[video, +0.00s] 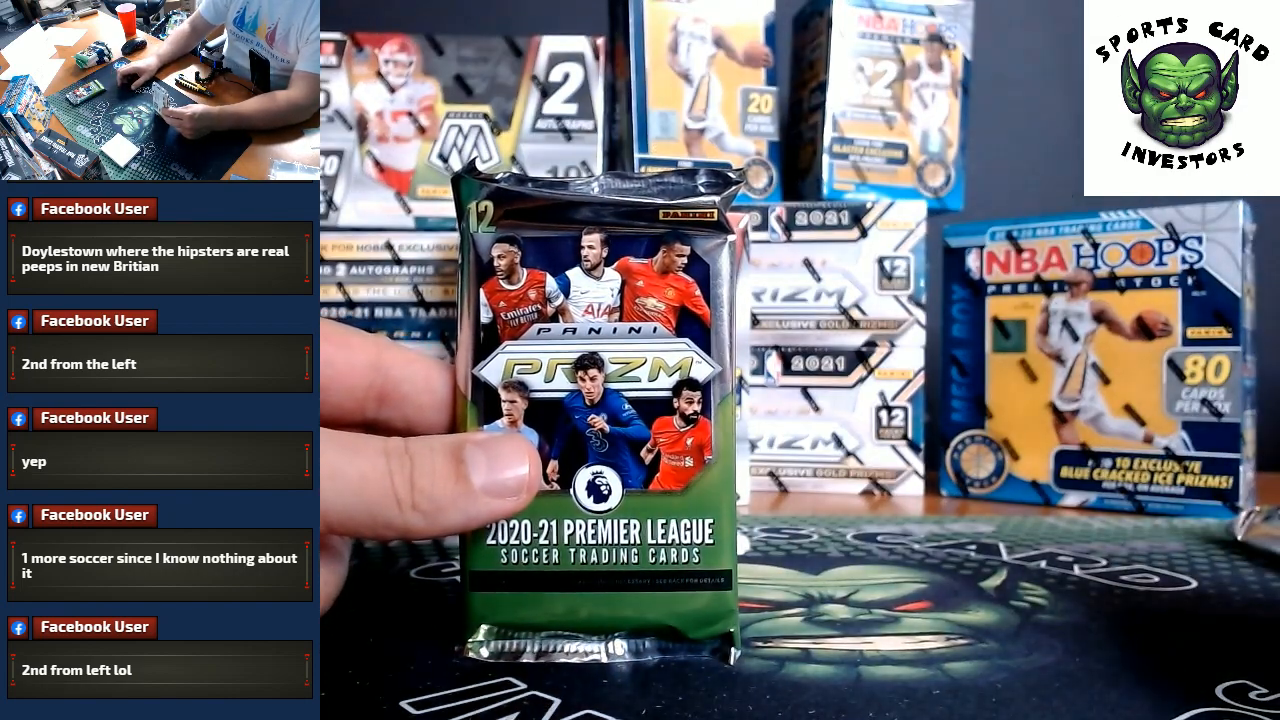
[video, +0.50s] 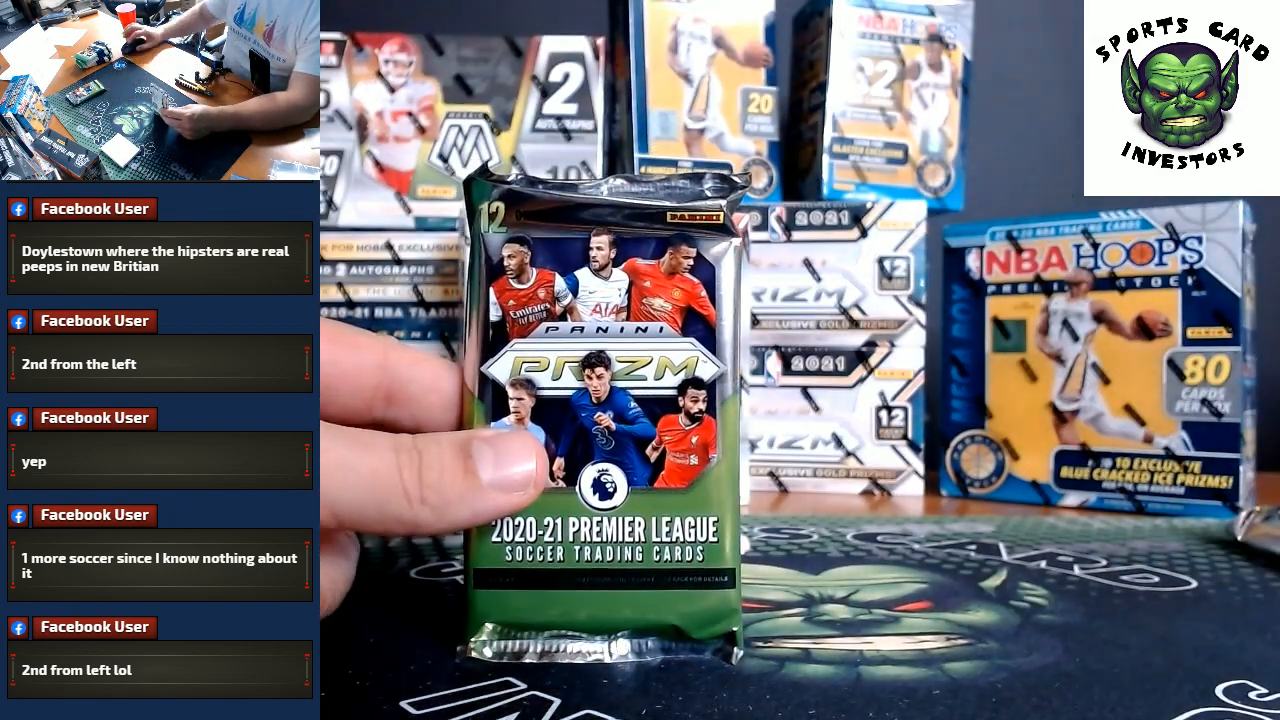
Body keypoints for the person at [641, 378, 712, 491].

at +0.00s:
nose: (696, 408)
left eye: (699, 402)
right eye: (689, 402)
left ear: (702, 402)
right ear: (676, 403)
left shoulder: (706, 429)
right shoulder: (660, 425)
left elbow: (712, 466)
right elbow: (650, 448)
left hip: (689, 494)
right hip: (659, 490)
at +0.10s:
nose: (695, 408)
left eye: (699, 402)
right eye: (689, 402)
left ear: (701, 402)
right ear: (675, 403)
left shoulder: (706, 429)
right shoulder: (660, 425)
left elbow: (711, 467)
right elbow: (649, 449)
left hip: (689, 494)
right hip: (659, 490)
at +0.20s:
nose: (695, 407)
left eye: (698, 401)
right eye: (688, 402)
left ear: (701, 401)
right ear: (674, 402)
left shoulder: (705, 428)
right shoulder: (659, 424)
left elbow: (711, 466)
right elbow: (649, 448)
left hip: (688, 494)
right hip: (658, 490)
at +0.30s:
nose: (696, 407)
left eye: (699, 401)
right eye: (689, 401)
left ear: (702, 401)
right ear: (676, 402)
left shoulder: (706, 427)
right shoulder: (660, 423)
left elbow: (712, 466)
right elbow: (650, 448)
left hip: (689, 494)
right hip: (659, 489)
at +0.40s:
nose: (699, 407)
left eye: (703, 401)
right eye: (693, 402)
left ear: (705, 401)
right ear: (679, 402)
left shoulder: (709, 427)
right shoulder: (664, 423)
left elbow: (714, 463)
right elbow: (654, 447)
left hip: (692, 494)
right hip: (662, 489)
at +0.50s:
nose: (701, 407)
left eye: (704, 401)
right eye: (694, 401)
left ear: (707, 401)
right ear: (681, 401)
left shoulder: (710, 426)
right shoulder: (665, 423)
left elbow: (715, 461)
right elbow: (655, 447)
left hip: (694, 492)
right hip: (664, 488)